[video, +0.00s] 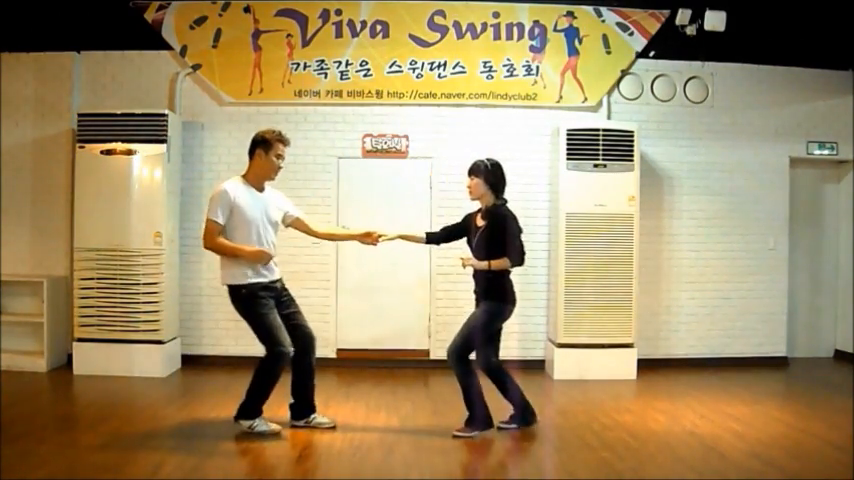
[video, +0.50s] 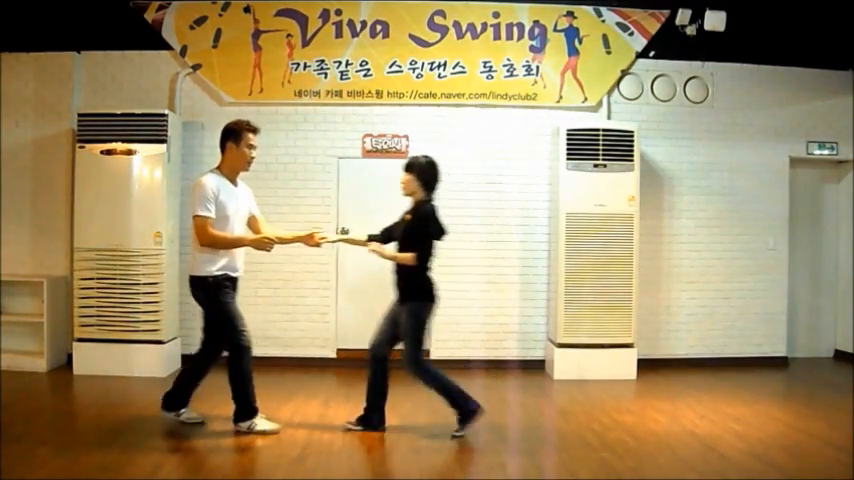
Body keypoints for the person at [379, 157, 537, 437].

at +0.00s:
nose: (468, 183)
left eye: (473, 178)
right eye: (469, 178)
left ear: (488, 182)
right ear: (479, 183)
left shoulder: (505, 217)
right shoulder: (473, 219)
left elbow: (516, 259)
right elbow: (437, 237)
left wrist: (480, 264)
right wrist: (397, 235)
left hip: (499, 301)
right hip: (485, 301)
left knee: (457, 353)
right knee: (488, 362)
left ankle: (479, 419)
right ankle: (524, 412)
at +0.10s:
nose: (463, 178)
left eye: (468, 173)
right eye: (464, 173)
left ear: (483, 177)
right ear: (474, 178)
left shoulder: (499, 212)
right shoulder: (467, 214)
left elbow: (509, 253)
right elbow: (431, 230)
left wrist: (473, 258)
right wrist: (391, 227)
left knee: (464, 355)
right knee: (464, 356)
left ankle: (480, 422)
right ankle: (511, 399)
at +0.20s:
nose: (454, 176)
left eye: (459, 170)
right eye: (455, 170)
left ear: (473, 174)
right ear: (466, 175)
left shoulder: (487, 209)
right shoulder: (459, 211)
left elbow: (496, 250)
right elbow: (422, 227)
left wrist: (461, 254)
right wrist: (383, 222)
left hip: (482, 294)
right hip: (465, 293)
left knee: (463, 357)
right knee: (441, 347)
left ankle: (482, 423)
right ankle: (482, 396)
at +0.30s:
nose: (440, 178)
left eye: (445, 173)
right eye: (441, 172)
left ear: (458, 177)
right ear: (454, 177)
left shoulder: (471, 213)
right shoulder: (446, 213)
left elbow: (474, 254)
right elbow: (410, 230)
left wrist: (439, 255)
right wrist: (371, 227)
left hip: (467, 297)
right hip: (451, 297)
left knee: (455, 361)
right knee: (419, 344)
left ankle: (482, 422)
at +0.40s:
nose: (422, 181)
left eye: (427, 176)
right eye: (424, 176)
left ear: (441, 182)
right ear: (437, 182)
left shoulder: (448, 216)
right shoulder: (429, 217)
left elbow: (448, 260)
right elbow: (396, 236)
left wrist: (415, 259)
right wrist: (357, 235)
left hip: (445, 302)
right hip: (432, 301)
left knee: (444, 364)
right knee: (401, 350)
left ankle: (481, 421)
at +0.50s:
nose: (402, 180)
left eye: (407, 175)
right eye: (404, 175)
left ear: (420, 180)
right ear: (416, 180)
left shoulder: (425, 214)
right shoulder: (413, 213)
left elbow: (418, 258)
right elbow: (382, 238)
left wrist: (387, 255)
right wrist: (344, 238)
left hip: (418, 298)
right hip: (405, 298)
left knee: (413, 362)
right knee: (378, 350)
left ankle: (467, 407)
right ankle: (373, 416)